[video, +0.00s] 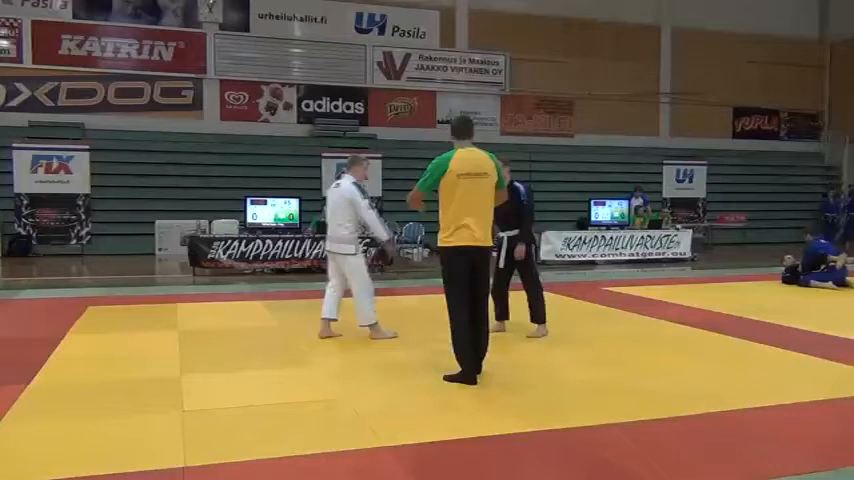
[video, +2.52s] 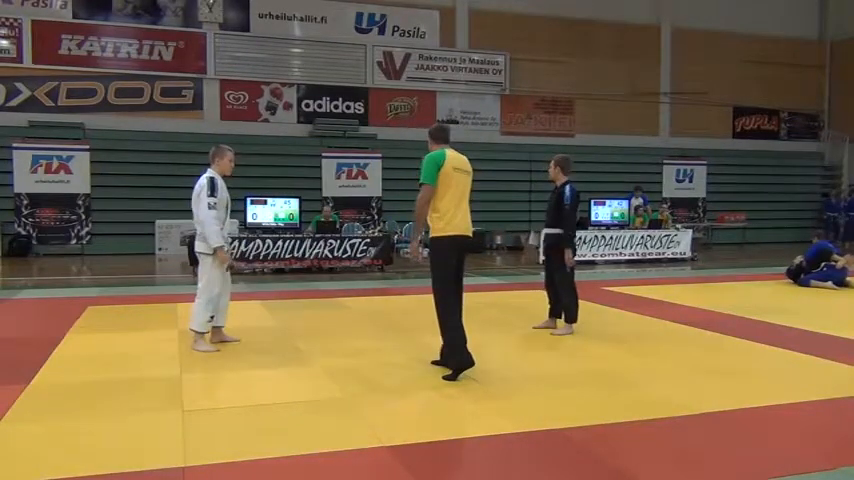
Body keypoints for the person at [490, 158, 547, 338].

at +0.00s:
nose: (502, 176)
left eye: (504, 172)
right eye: (499, 173)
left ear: (509, 172)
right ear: (495, 174)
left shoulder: (519, 190)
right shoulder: (493, 192)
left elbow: (527, 217)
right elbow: (490, 217)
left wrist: (522, 241)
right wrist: (490, 240)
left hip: (521, 237)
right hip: (504, 239)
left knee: (531, 282)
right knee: (499, 282)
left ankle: (541, 323)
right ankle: (500, 321)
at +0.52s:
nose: (519, 169)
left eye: (523, 166)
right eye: (517, 166)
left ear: (532, 169)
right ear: (516, 170)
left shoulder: (538, 190)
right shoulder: (519, 191)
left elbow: (543, 219)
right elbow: (521, 218)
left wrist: (541, 244)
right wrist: (518, 243)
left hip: (535, 240)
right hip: (521, 240)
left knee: (542, 284)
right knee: (514, 283)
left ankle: (544, 324)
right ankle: (511, 319)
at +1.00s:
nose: (534, 169)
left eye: (538, 166)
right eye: (533, 166)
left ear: (548, 169)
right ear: (531, 169)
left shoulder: (552, 191)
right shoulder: (532, 190)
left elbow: (549, 220)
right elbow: (524, 215)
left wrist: (535, 240)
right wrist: (510, 234)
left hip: (544, 241)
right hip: (529, 239)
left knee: (545, 282)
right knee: (534, 283)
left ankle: (546, 324)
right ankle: (547, 316)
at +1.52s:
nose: (534, 171)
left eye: (537, 168)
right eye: (532, 169)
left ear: (547, 169)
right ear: (531, 172)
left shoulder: (558, 190)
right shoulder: (534, 193)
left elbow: (568, 215)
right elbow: (531, 219)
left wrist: (572, 240)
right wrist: (527, 243)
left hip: (555, 239)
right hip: (539, 240)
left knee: (553, 280)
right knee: (544, 281)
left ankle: (557, 321)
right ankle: (550, 318)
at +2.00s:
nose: (542, 175)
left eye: (545, 171)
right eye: (541, 171)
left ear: (556, 170)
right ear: (549, 172)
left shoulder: (564, 189)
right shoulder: (547, 192)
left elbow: (559, 216)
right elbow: (543, 216)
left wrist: (545, 231)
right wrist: (537, 231)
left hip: (559, 241)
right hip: (546, 240)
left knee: (561, 280)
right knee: (548, 279)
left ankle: (568, 322)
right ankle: (552, 317)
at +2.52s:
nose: (548, 171)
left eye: (550, 168)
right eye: (549, 168)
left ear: (558, 169)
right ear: (560, 169)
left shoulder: (569, 190)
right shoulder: (557, 190)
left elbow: (569, 222)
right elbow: (552, 222)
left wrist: (568, 247)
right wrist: (545, 246)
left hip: (561, 240)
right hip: (550, 240)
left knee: (564, 281)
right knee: (551, 280)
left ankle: (569, 323)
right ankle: (552, 317)